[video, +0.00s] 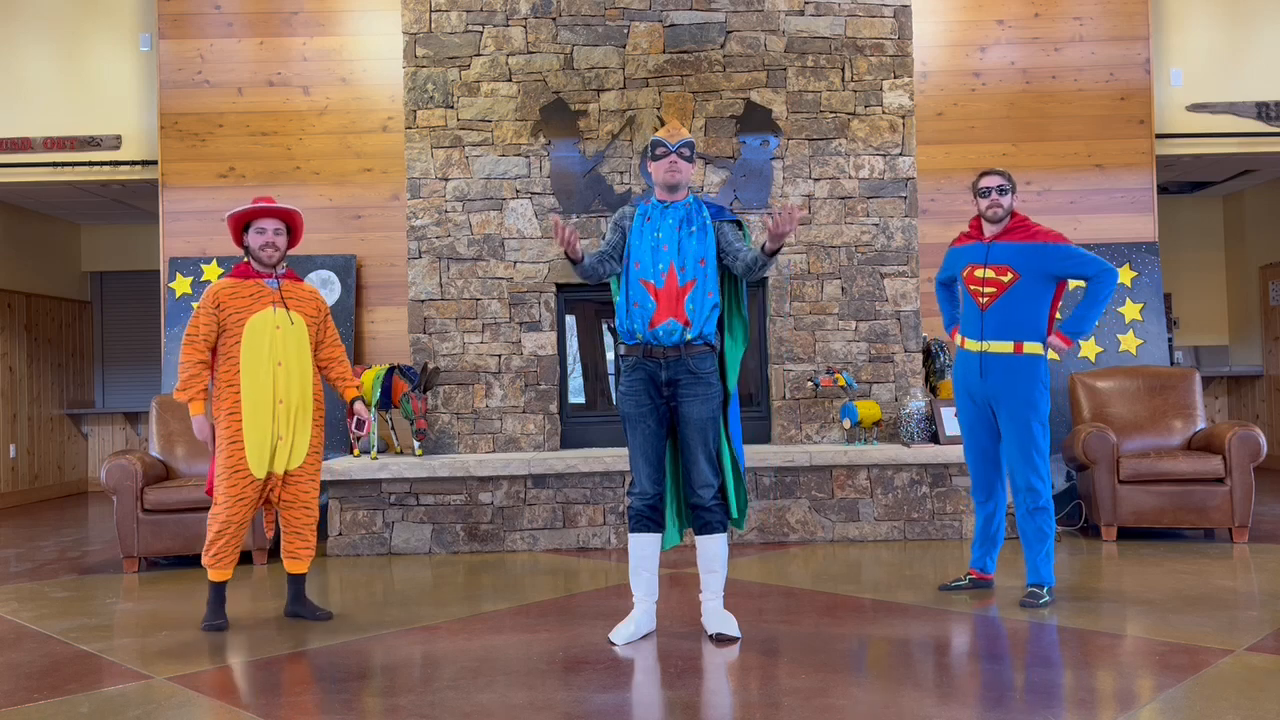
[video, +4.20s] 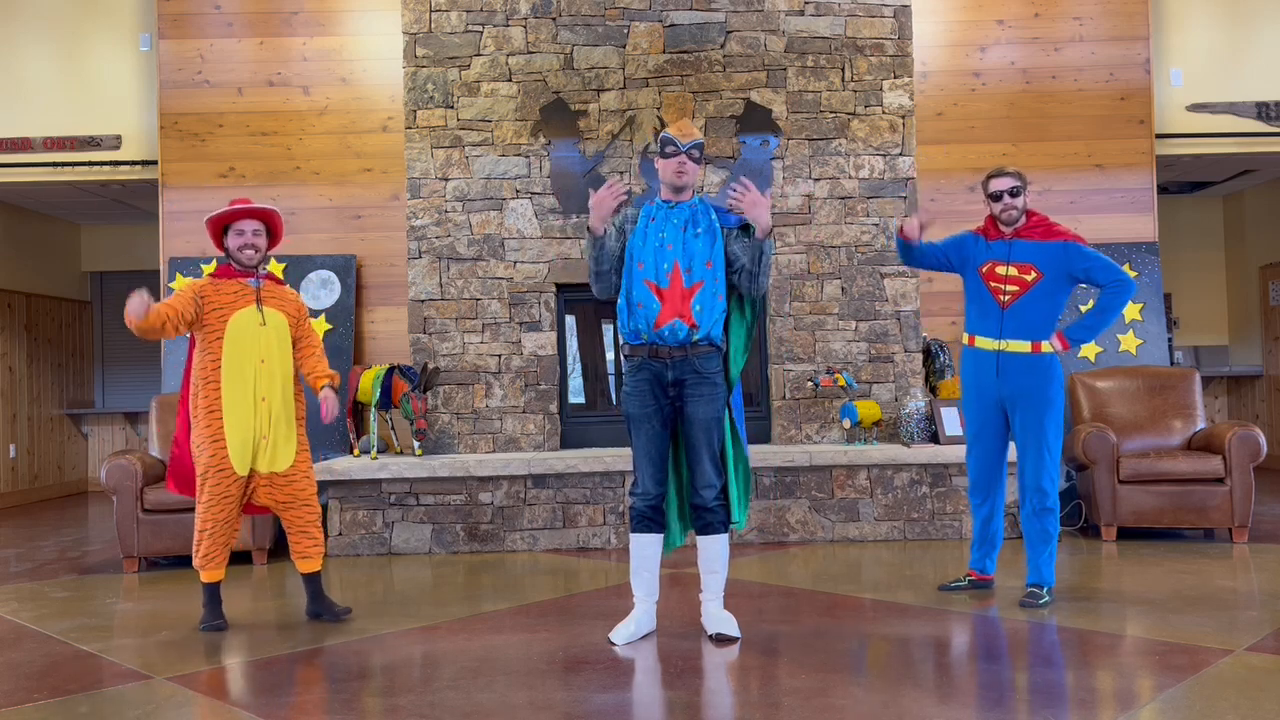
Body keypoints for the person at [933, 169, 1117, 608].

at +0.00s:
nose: (993, 199)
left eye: (1001, 191)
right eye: (985, 192)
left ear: (1014, 198)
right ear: (975, 201)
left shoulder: (1041, 244)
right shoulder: (961, 249)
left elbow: (1105, 274)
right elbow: (943, 283)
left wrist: (1070, 332)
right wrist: (954, 324)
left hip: (1021, 373)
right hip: (970, 372)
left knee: (1030, 481)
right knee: (983, 479)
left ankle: (1039, 581)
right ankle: (981, 571)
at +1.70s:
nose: (998, 198)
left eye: (1007, 192)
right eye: (990, 192)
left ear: (1019, 200)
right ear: (979, 200)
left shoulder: (1041, 249)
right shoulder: (956, 250)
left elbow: (1101, 288)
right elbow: (914, 290)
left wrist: (1052, 337)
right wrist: (915, 340)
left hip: (1017, 375)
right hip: (963, 374)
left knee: (1027, 480)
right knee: (981, 478)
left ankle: (1039, 582)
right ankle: (980, 572)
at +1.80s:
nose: (1000, 201)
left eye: (1008, 193)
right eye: (992, 194)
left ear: (1020, 200)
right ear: (981, 202)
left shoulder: (1045, 250)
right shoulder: (958, 252)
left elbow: (1102, 290)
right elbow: (907, 286)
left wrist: (1054, 336)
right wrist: (882, 322)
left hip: (1017, 376)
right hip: (965, 377)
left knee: (1028, 481)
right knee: (981, 480)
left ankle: (1038, 581)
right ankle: (981, 571)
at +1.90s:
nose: (997, 202)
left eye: (1005, 194)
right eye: (989, 196)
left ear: (1019, 200)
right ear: (979, 204)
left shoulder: (1044, 250)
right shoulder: (959, 250)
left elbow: (1102, 287)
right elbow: (912, 269)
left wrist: (1055, 337)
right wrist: (870, 278)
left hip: (1019, 375)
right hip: (966, 375)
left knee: (1028, 480)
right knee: (981, 479)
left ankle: (1039, 581)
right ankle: (981, 571)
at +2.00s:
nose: (992, 203)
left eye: (1000, 195)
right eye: (984, 197)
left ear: (1014, 199)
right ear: (975, 205)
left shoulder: (1041, 247)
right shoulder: (955, 250)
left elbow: (1101, 284)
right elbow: (904, 256)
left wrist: (1054, 336)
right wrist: (875, 236)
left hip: (1019, 376)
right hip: (968, 376)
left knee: (1028, 481)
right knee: (981, 479)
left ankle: (1039, 580)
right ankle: (981, 572)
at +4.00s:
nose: (1004, 203)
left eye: (1010, 195)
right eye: (994, 198)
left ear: (1023, 197)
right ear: (984, 205)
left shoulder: (1056, 248)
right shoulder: (964, 247)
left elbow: (1116, 283)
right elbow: (908, 238)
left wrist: (1067, 336)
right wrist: (913, 195)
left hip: (1033, 371)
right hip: (977, 371)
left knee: (1037, 478)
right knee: (981, 476)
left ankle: (1040, 581)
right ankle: (981, 572)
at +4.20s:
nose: (1007, 202)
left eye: (1014, 193)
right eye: (997, 196)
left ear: (1027, 195)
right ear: (987, 203)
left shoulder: (1059, 246)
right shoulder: (970, 245)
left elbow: (1120, 285)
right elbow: (918, 257)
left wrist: (1072, 336)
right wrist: (908, 240)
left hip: (1035, 375)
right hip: (979, 375)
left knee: (1038, 480)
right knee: (983, 479)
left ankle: (1040, 581)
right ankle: (981, 572)